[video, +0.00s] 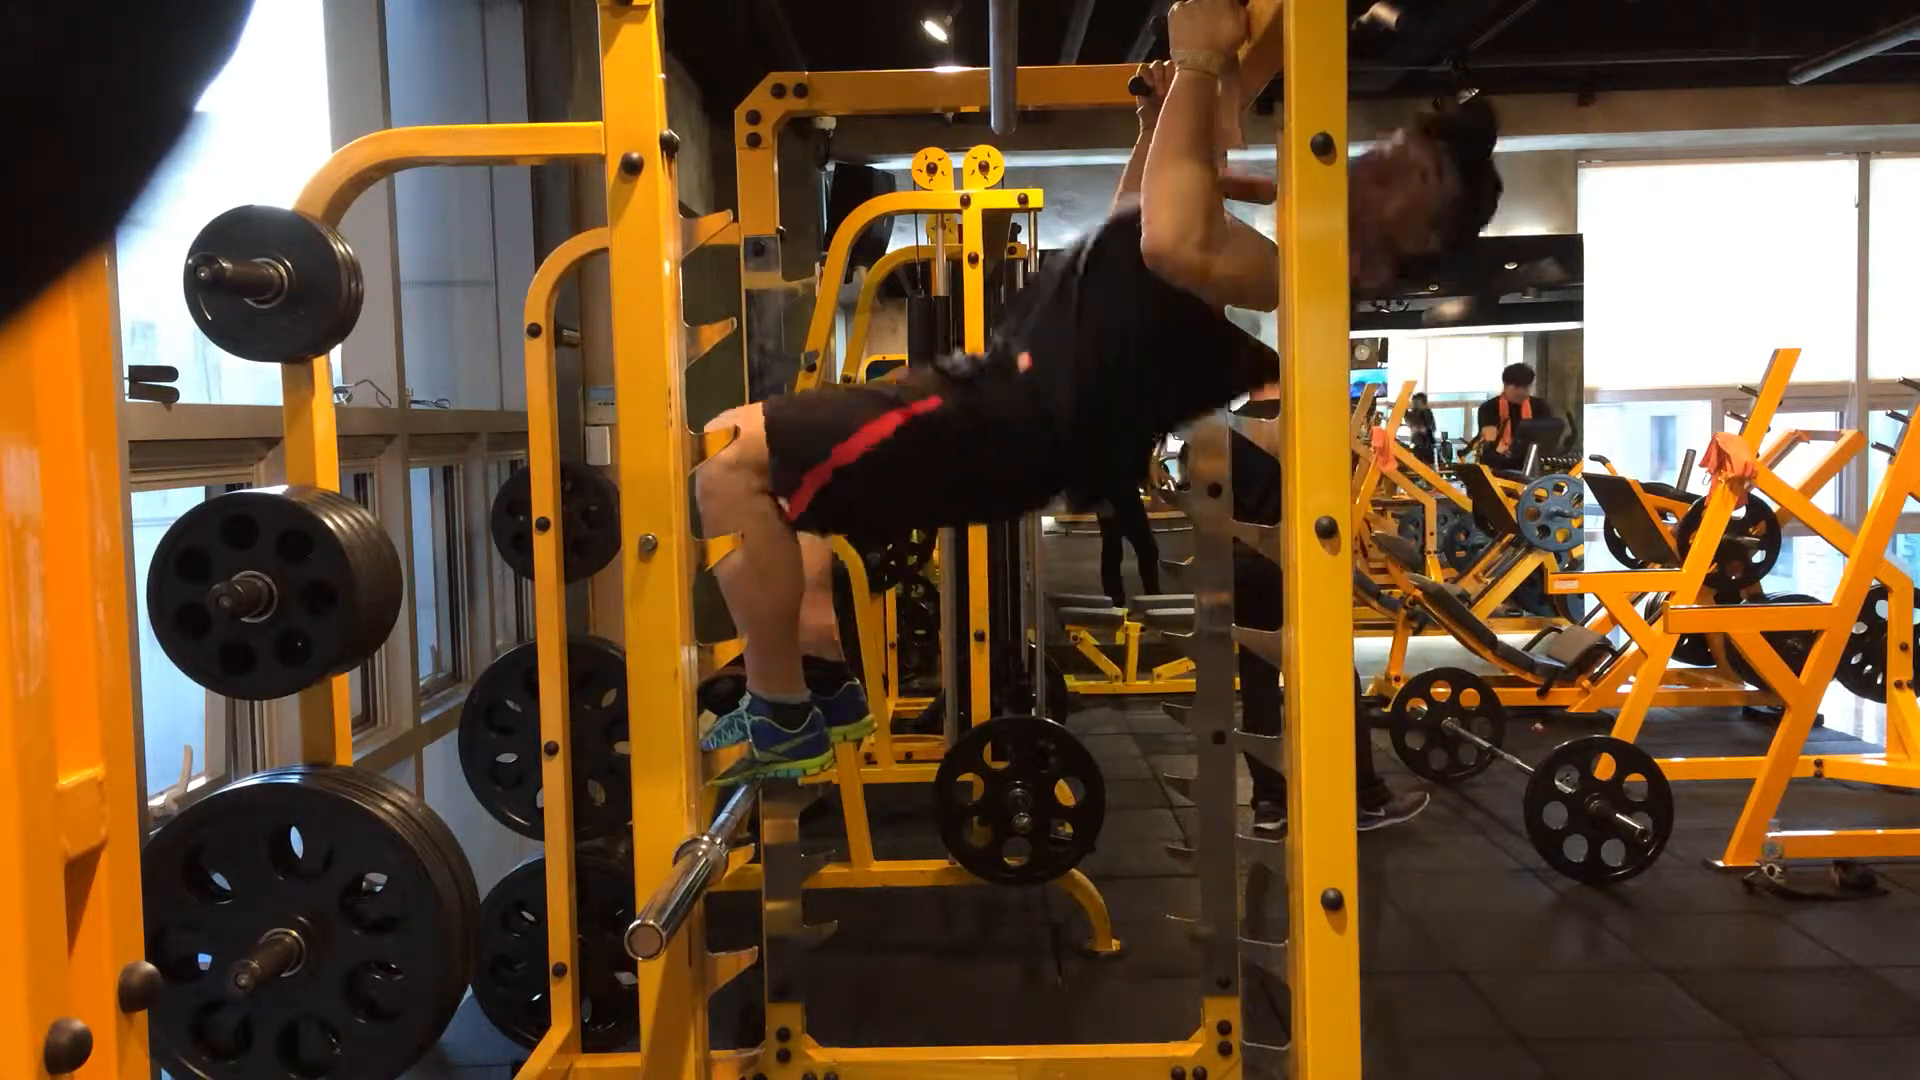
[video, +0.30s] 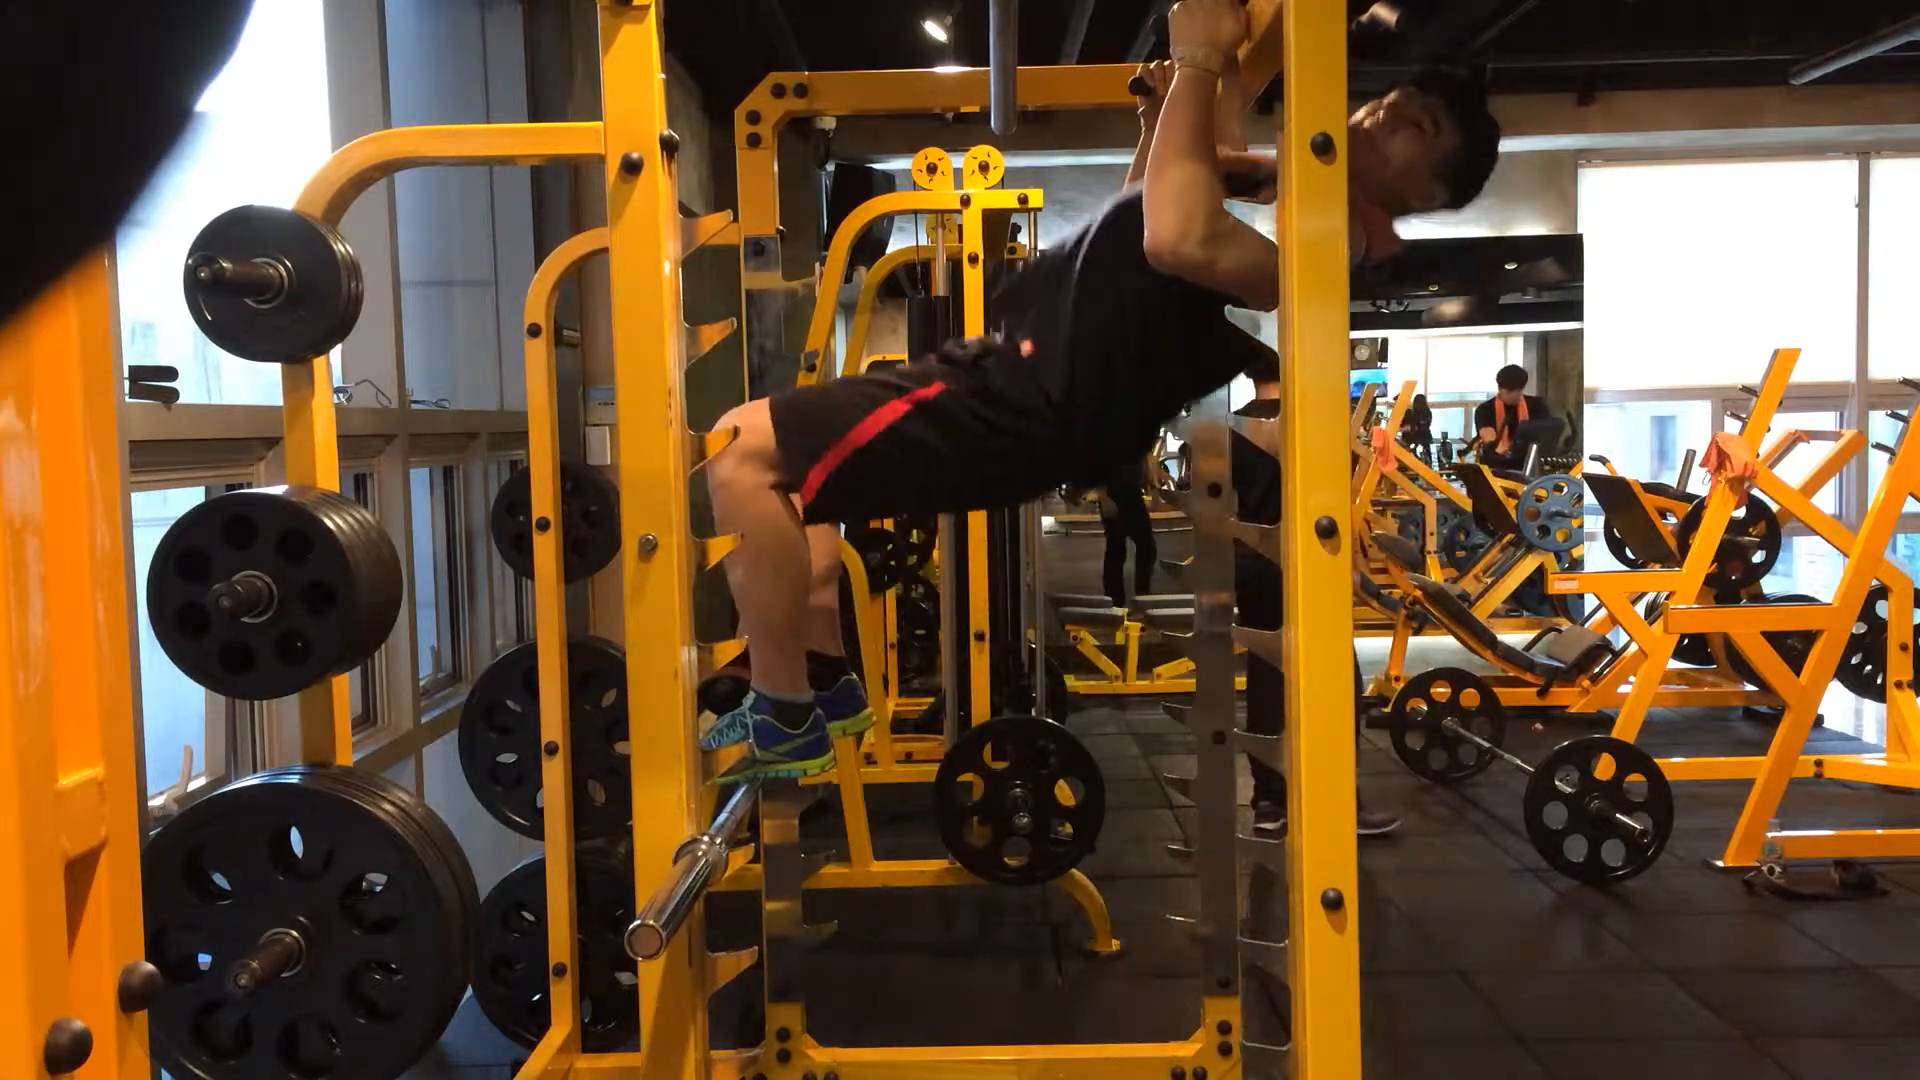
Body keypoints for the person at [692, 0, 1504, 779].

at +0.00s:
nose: (1376, 158)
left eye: (1403, 171)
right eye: (1391, 147)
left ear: (1415, 237)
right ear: (1369, 158)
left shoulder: (1326, 277)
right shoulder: (1310, 227)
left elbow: (1179, 244)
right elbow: (1142, 210)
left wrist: (1208, 66)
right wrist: (1187, 92)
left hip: (1020, 421)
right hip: (1007, 382)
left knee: (733, 474)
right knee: (746, 433)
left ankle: (782, 715)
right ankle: (822, 672)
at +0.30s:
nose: (1376, 110)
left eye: (1406, 121)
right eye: (1387, 99)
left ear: (1426, 189)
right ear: (1367, 111)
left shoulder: (1338, 244)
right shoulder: (1310, 189)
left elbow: (1183, 239)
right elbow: (1175, 182)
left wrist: (1205, 63)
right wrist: (1201, 88)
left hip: (1043, 402)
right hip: (1022, 362)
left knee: (746, 465)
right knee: (749, 433)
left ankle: (782, 716)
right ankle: (822, 671)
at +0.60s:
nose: (1318, 235)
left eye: (1351, 235)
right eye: (1341, 223)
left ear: (1381, 291)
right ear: (1365, 280)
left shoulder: (1302, 383)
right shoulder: (1256, 340)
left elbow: (1187, 262)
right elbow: (1134, 277)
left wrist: (1199, 73)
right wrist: (1158, 126)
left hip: (1017, 543)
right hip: (1003, 499)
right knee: (762, 440)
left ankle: (780, 713)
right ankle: (826, 675)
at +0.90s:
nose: (1339, 224)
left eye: (1364, 219)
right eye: (1358, 213)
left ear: (1386, 256)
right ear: (1388, 263)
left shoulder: (1330, 347)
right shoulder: (1300, 349)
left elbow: (1190, 265)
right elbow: (1132, 280)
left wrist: (1200, 72)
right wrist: (1153, 125)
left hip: (1010, 512)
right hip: (998, 474)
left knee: (731, 476)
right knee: (747, 435)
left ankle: (781, 715)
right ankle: (821, 665)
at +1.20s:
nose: (1359, 76)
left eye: (1378, 71)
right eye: (1373, 64)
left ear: (1390, 104)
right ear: (1380, 96)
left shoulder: (1324, 225)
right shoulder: (1305, 182)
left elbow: (1181, 236)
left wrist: (1200, 66)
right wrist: (1203, 98)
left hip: (1033, 390)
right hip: (1010, 354)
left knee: (747, 457)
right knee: (760, 430)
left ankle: (785, 716)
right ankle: (827, 674)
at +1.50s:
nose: (1361, 181)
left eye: (1380, 181)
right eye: (1375, 175)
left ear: (1389, 219)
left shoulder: (1337, 294)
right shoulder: (1331, 301)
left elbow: (1195, 252)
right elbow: (1143, 260)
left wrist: (1208, 71)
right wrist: (1162, 117)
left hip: (1043, 464)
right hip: (1046, 439)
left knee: (744, 460)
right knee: (775, 433)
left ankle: (783, 716)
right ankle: (822, 668)